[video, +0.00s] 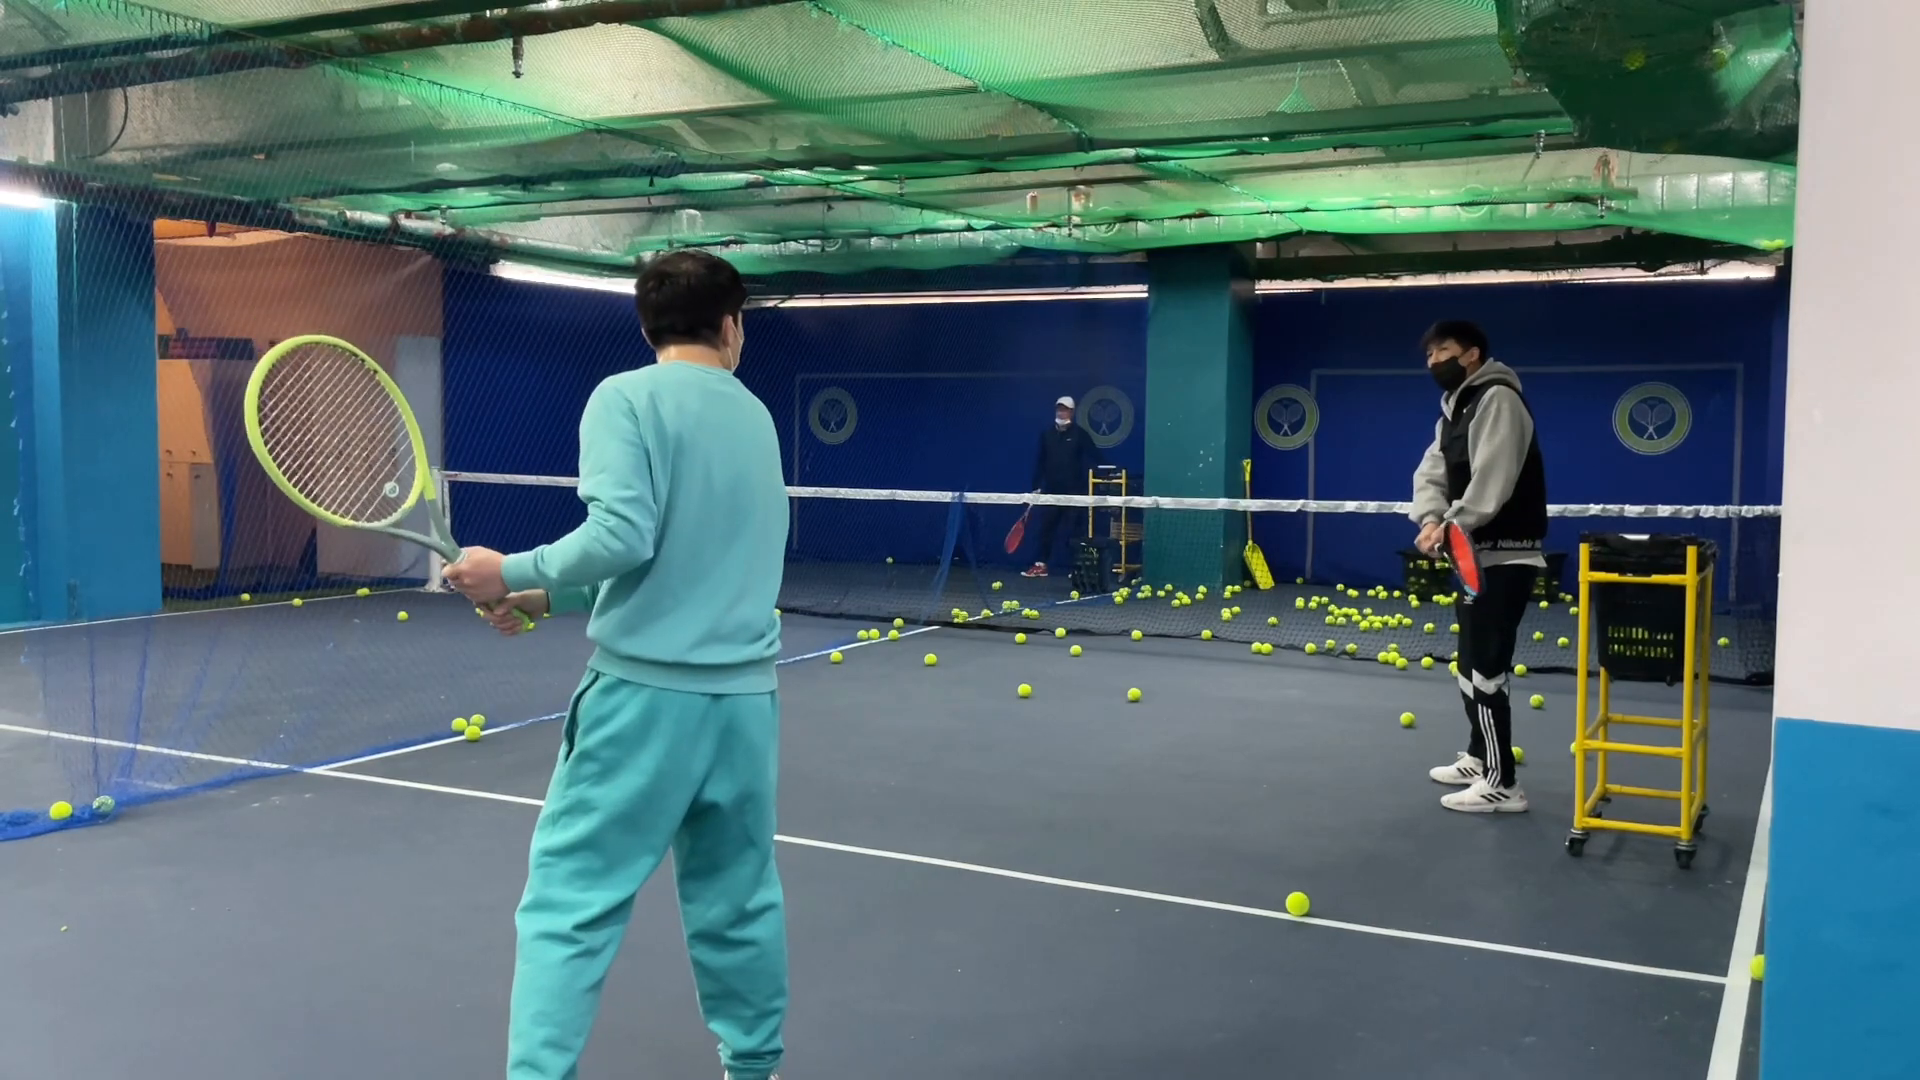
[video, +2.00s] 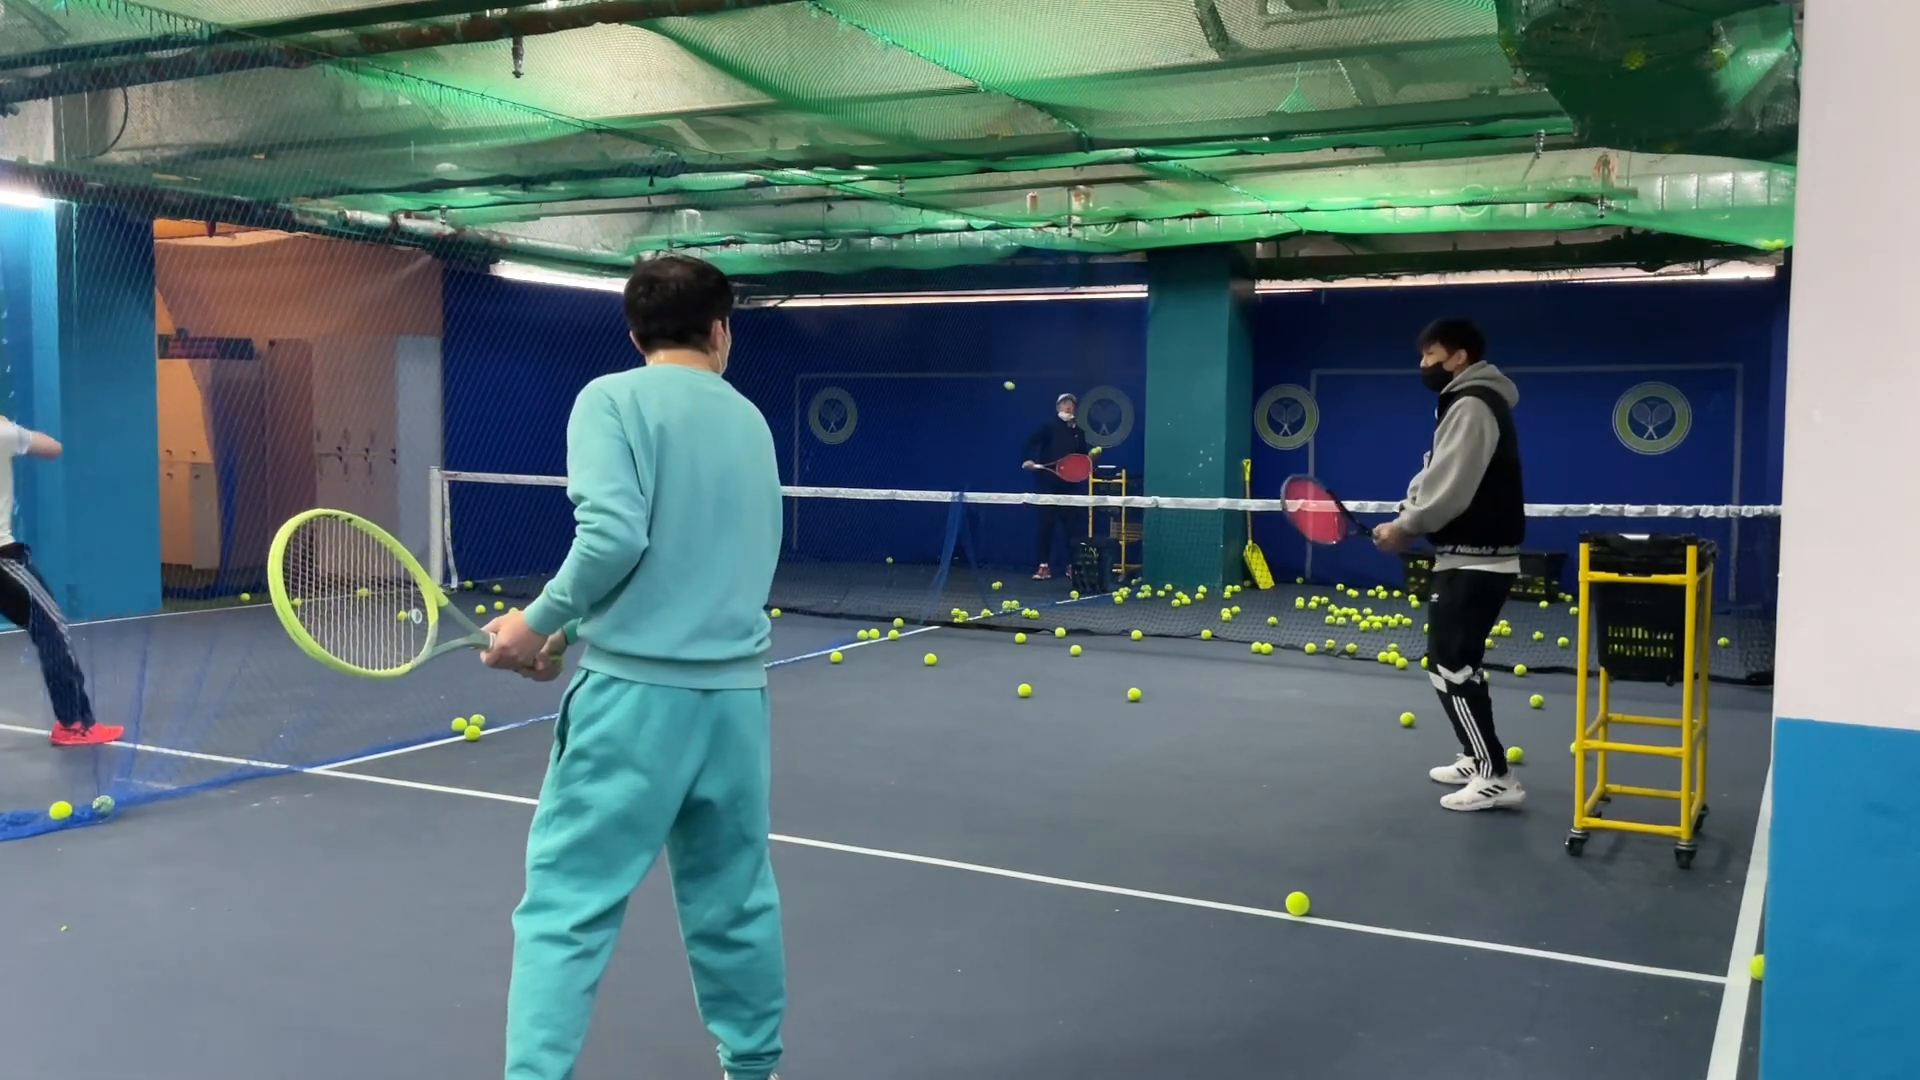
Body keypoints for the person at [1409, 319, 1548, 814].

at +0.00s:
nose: (1433, 361)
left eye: (1442, 352)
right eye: (1429, 356)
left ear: (1474, 353)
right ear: (1438, 364)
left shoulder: (1499, 400)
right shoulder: (1456, 406)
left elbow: (1494, 476)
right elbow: (1432, 470)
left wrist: (1452, 523)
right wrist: (1431, 516)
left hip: (1507, 557)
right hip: (1478, 557)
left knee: (1485, 672)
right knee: (1471, 667)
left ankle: (1501, 786)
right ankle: (1482, 760)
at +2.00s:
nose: (1423, 364)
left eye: (1430, 354)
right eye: (1422, 355)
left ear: (1460, 356)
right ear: (1459, 359)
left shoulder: (1473, 408)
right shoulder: (1466, 404)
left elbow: (1450, 482)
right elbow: (1440, 474)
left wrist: (1404, 526)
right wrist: (1403, 521)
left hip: (1477, 565)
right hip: (1467, 563)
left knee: (1451, 668)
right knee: (1452, 664)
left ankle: (1494, 780)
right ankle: (1482, 759)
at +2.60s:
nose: (1374, 378)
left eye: (1374, 369)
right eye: (1373, 369)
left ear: (1390, 366)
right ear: (1414, 363)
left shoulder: (1408, 413)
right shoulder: (1437, 409)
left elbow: (1381, 492)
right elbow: (1407, 496)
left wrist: (1337, 508)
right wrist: (1352, 521)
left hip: (1418, 571)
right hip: (1448, 570)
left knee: (1386, 673)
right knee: (1425, 666)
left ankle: (1421, 778)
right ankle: (1467, 754)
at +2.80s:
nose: (1350, 376)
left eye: (1351, 368)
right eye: (1350, 368)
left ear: (1364, 366)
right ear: (1392, 364)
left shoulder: (1379, 413)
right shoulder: (1412, 409)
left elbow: (1352, 490)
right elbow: (1384, 496)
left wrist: (1312, 508)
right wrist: (1327, 524)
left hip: (1395, 567)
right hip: (1414, 563)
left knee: (1370, 666)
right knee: (1373, 661)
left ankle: (1422, 777)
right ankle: (1406, 757)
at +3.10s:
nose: (1304, 380)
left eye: (1303, 372)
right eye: (1303, 372)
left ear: (1315, 370)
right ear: (1344, 365)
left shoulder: (1331, 412)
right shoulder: (1364, 409)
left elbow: (1305, 488)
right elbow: (1334, 499)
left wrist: (1261, 505)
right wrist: (1273, 520)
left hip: (1348, 567)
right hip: (1371, 565)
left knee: (1305, 664)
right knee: (1331, 664)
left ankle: (1384, 745)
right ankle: (1354, 763)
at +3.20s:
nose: (1285, 386)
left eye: (1284, 377)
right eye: (1284, 378)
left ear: (1297, 373)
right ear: (1323, 369)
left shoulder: (1318, 415)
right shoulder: (1344, 412)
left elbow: (1291, 488)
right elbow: (1312, 500)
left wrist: (1242, 506)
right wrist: (1254, 520)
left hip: (1332, 566)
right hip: (1354, 565)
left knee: (1271, 654)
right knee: (1318, 662)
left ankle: (1326, 752)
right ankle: (1357, 761)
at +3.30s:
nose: (1264, 382)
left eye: (1263, 373)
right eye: (1262, 374)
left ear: (1276, 370)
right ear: (1301, 364)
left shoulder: (1301, 411)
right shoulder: (1320, 408)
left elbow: (1278, 482)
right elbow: (1293, 494)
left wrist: (1226, 501)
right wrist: (1236, 518)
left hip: (1314, 563)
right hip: (1336, 562)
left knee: (1251, 653)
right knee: (1314, 662)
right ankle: (1358, 765)